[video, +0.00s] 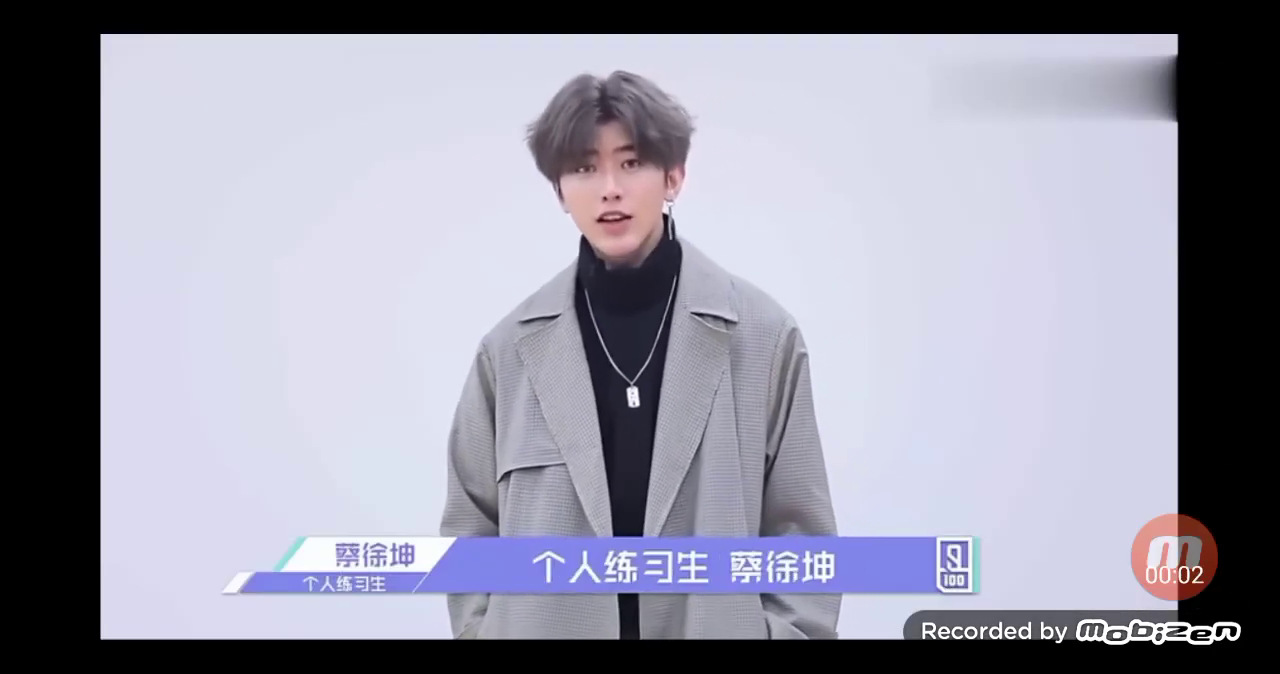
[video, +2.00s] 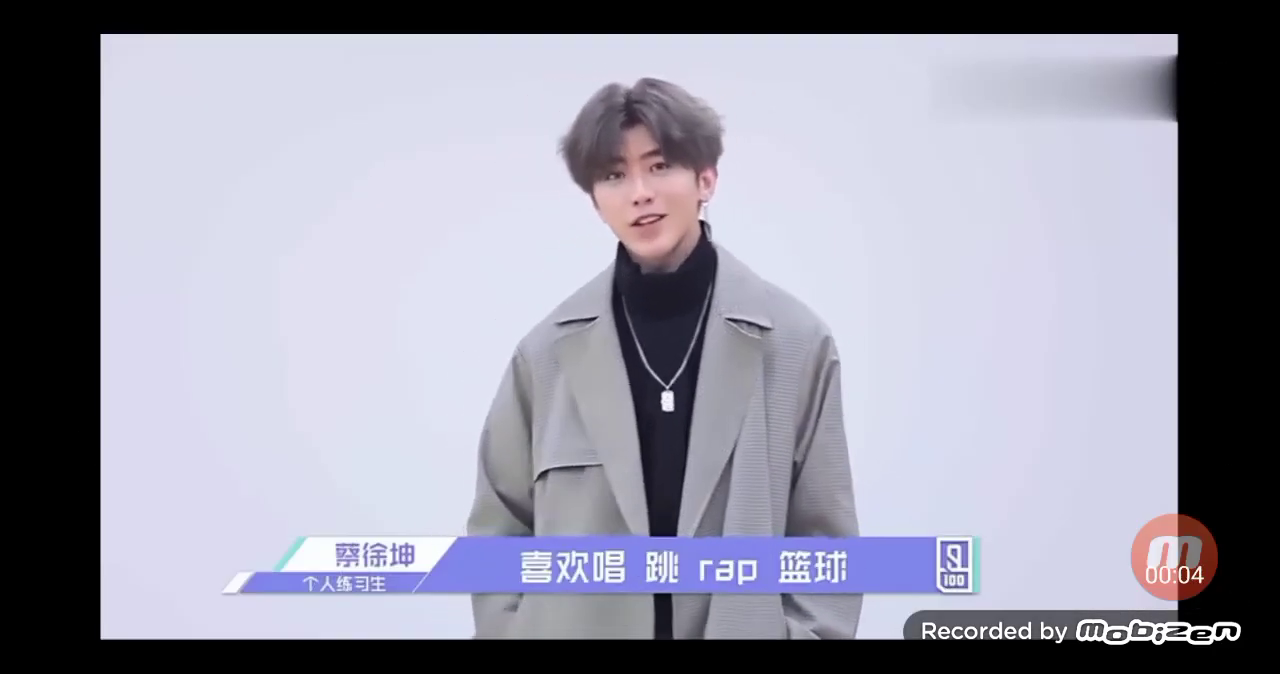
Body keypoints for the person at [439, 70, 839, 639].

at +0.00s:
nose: (609, 190)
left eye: (631, 164)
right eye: (585, 168)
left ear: (673, 177)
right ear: (560, 190)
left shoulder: (765, 336)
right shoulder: (505, 351)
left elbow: (804, 530)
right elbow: (467, 528)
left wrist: (786, 630)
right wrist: (485, 626)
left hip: (714, 630)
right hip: (548, 631)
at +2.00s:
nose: (640, 193)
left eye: (659, 167)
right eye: (615, 175)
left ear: (705, 181)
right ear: (594, 199)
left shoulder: (797, 342)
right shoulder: (542, 356)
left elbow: (827, 541)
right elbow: (495, 536)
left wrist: (805, 631)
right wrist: (510, 628)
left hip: (737, 630)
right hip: (581, 630)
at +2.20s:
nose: (677, 190)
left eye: (697, 163)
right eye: (652, 172)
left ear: (745, 178)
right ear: (633, 198)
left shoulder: (831, 349)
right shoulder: (567, 343)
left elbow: (862, 544)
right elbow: (465, 449)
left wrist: (843, 628)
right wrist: (496, 585)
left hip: (774, 624)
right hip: (605, 625)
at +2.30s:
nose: (698, 195)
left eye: (718, 168)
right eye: (673, 178)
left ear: (764, 181)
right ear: (652, 201)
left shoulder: (850, 358)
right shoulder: (581, 334)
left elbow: (883, 551)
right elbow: (461, 413)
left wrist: (874, 629)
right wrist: (435, 538)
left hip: (784, 631)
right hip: (604, 629)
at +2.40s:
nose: (712, 198)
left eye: (731, 171)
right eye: (688, 182)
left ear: (777, 182)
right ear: (666, 205)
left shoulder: (854, 361)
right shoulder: (595, 336)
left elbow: (889, 554)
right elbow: (523, 474)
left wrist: (876, 627)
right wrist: (481, 459)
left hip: (789, 632)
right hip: (629, 629)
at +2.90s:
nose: (733, 196)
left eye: (752, 171)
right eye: (708, 181)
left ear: (799, 189)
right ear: (687, 206)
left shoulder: (853, 342)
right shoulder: (610, 332)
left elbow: (869, 476)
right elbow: (520, 444)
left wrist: (910, 553)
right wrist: (576, 501)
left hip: (812, 626)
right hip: (651, 622)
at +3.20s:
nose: (700, 198)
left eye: (721, 176)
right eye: (676, 185)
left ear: (768, 196)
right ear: (658, 213)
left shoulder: (824, 340)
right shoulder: (592, 324)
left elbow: (872, 453)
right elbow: (509, 426)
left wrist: (845, 504)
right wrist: (524, 476)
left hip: (765, 617)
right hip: (616, 616)